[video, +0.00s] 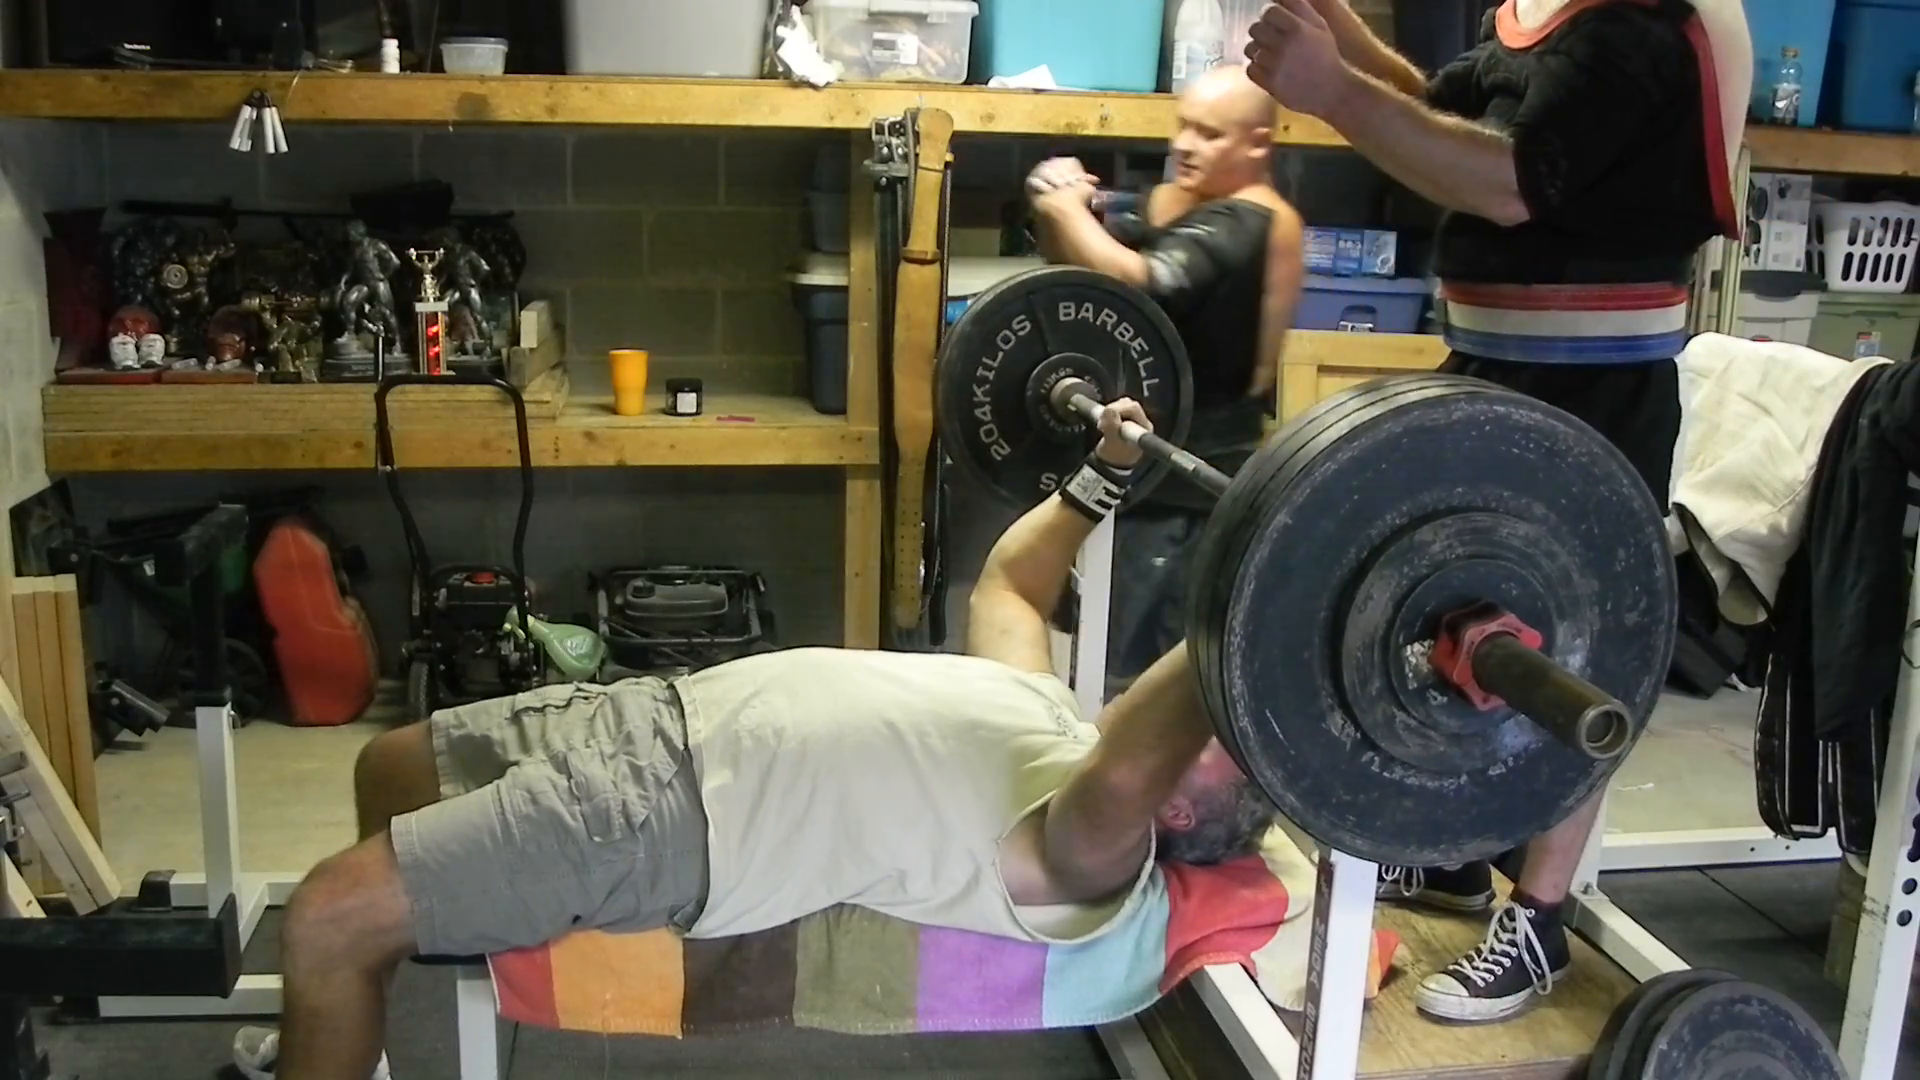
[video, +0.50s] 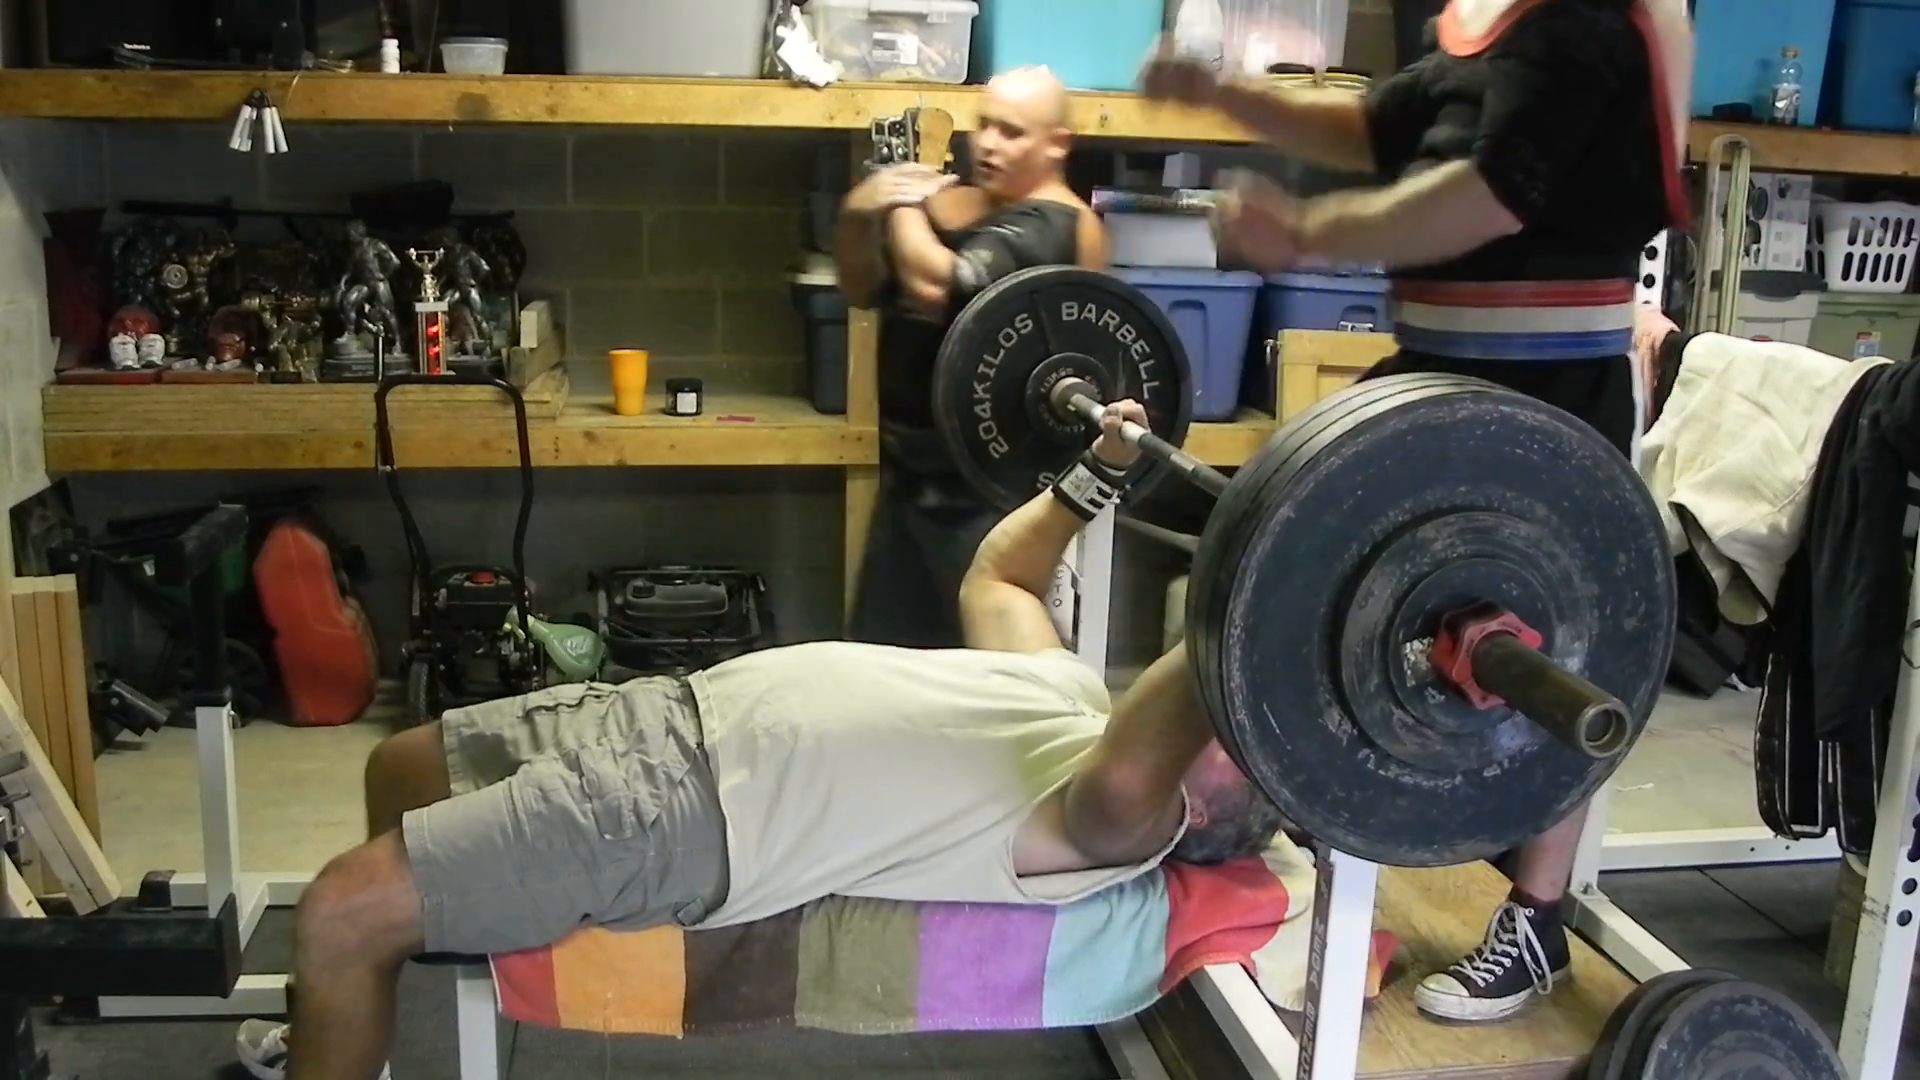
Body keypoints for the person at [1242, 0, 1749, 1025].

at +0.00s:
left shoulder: (1637, 28)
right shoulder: (1528, 15)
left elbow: (1510, 181)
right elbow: (1461, 119)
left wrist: (1337, 94)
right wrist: (1349, 47)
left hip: (1598, 381)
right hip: (1493, 365)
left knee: (1579, 650)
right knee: (1464, 617)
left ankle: (1538, 915)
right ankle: (1455, 850)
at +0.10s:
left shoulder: (1637, 25)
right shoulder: (1528, 14)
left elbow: (1506, 180)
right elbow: (1463, 121)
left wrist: (1333, 91)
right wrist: (1350, 49)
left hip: (1597, 381)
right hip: (1493, 365)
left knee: (1582, 648)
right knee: (1467, 615)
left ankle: (1538, 914)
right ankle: (1455, 845)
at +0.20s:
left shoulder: (1634, 25)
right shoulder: (1527, 16)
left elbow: (1503, 180)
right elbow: (1454, 117)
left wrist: (1331, 93)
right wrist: (1344, 50)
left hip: (1593, 380)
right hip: (1487, 365)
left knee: (1580, 647)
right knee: (1460, 612)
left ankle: (1538, 914)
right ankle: (1449, 836)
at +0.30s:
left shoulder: (1626, 23)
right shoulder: (1511, 15)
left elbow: (1501, 180)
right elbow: (1447, 117)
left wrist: (1322, 106)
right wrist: (1328, 50)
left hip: (1588, 373)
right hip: (1473, 358)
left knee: (1574, 643)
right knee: (1422, 607)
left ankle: (1537, 916)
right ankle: (1400, 843)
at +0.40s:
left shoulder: (1610, 27)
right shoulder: (1487, 14)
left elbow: (1500, 184)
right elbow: (1400, 120)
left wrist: (1309, 162)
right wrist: (1260, 39)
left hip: (1577, 382)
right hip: (1458, 365)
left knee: (1566, 646)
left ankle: (1536, 918)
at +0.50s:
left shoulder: (1584, 32)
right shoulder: (1469, 34)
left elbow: (1491, 193)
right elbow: (1373, 129)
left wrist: (1305, 228)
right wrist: (1225, 98)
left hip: (1553, 385)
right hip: (1436, 370)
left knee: (1554, 650)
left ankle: (1535, 918)